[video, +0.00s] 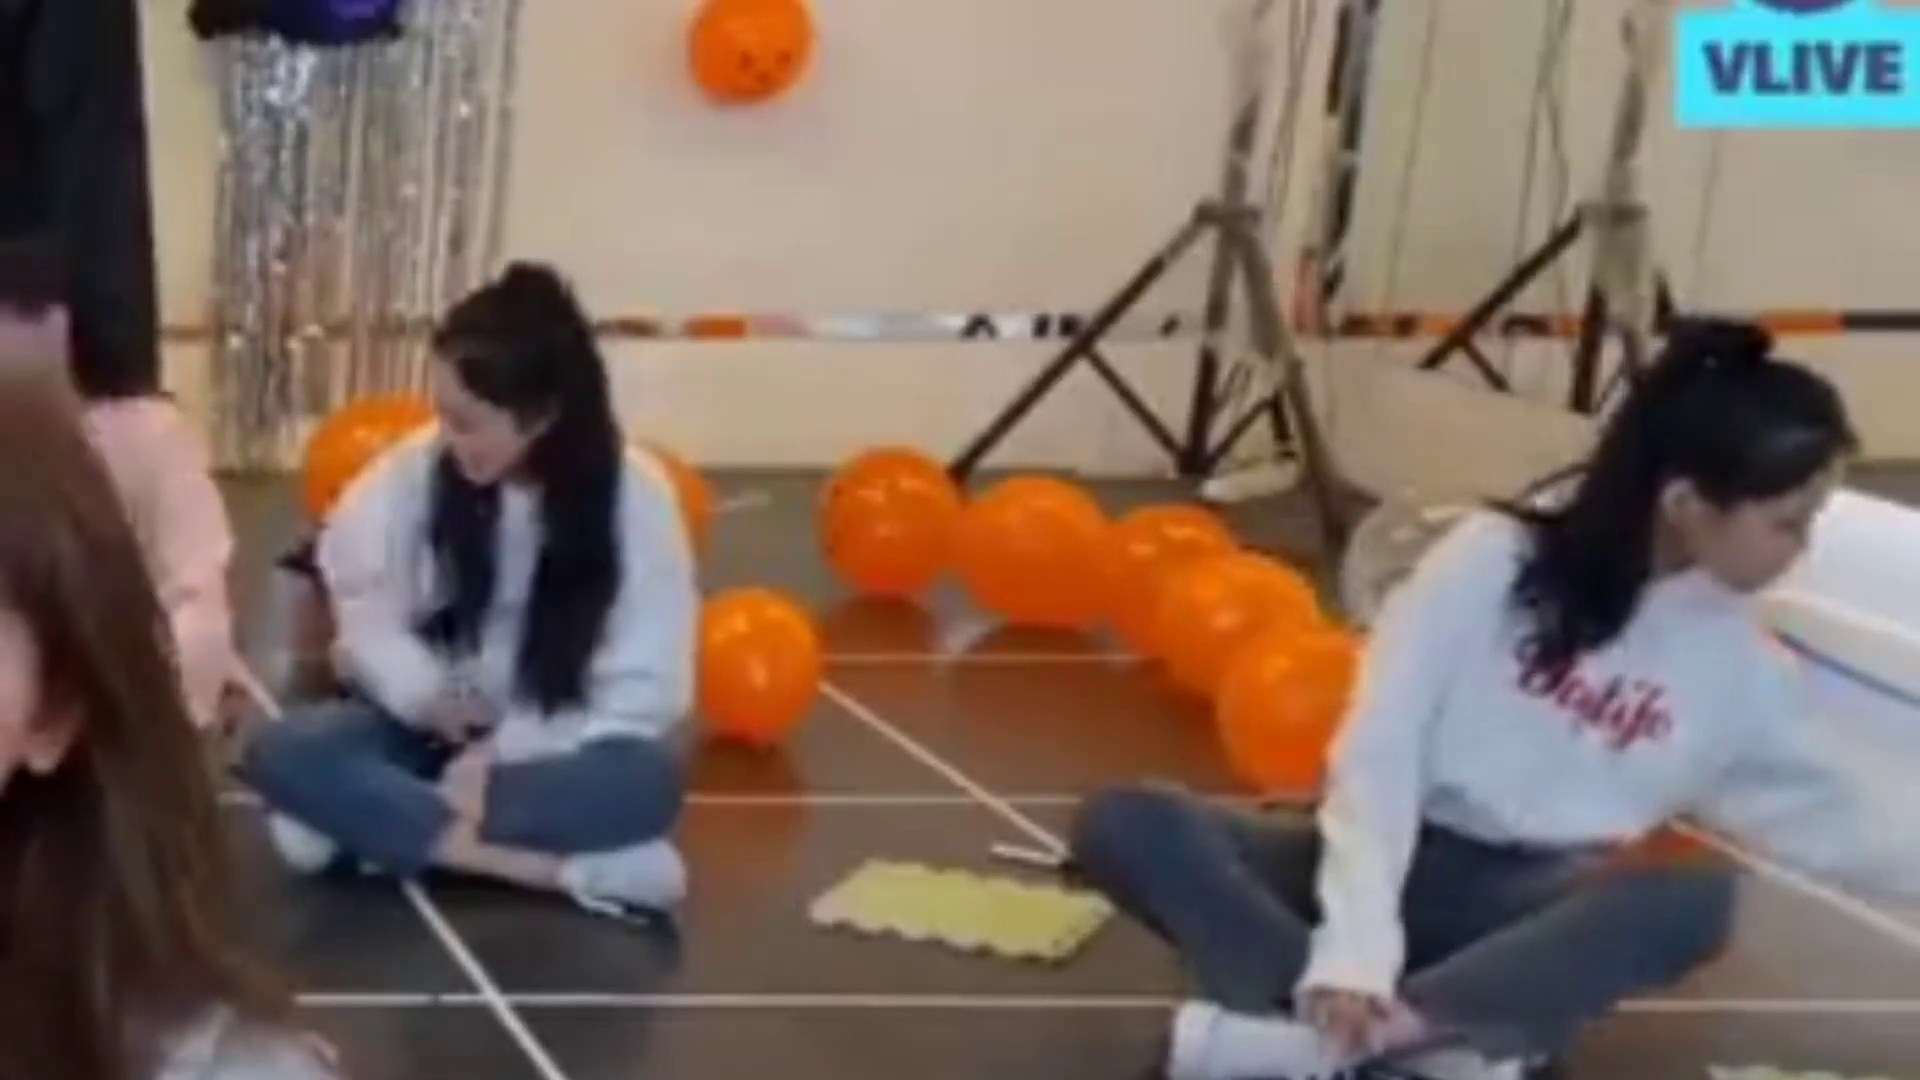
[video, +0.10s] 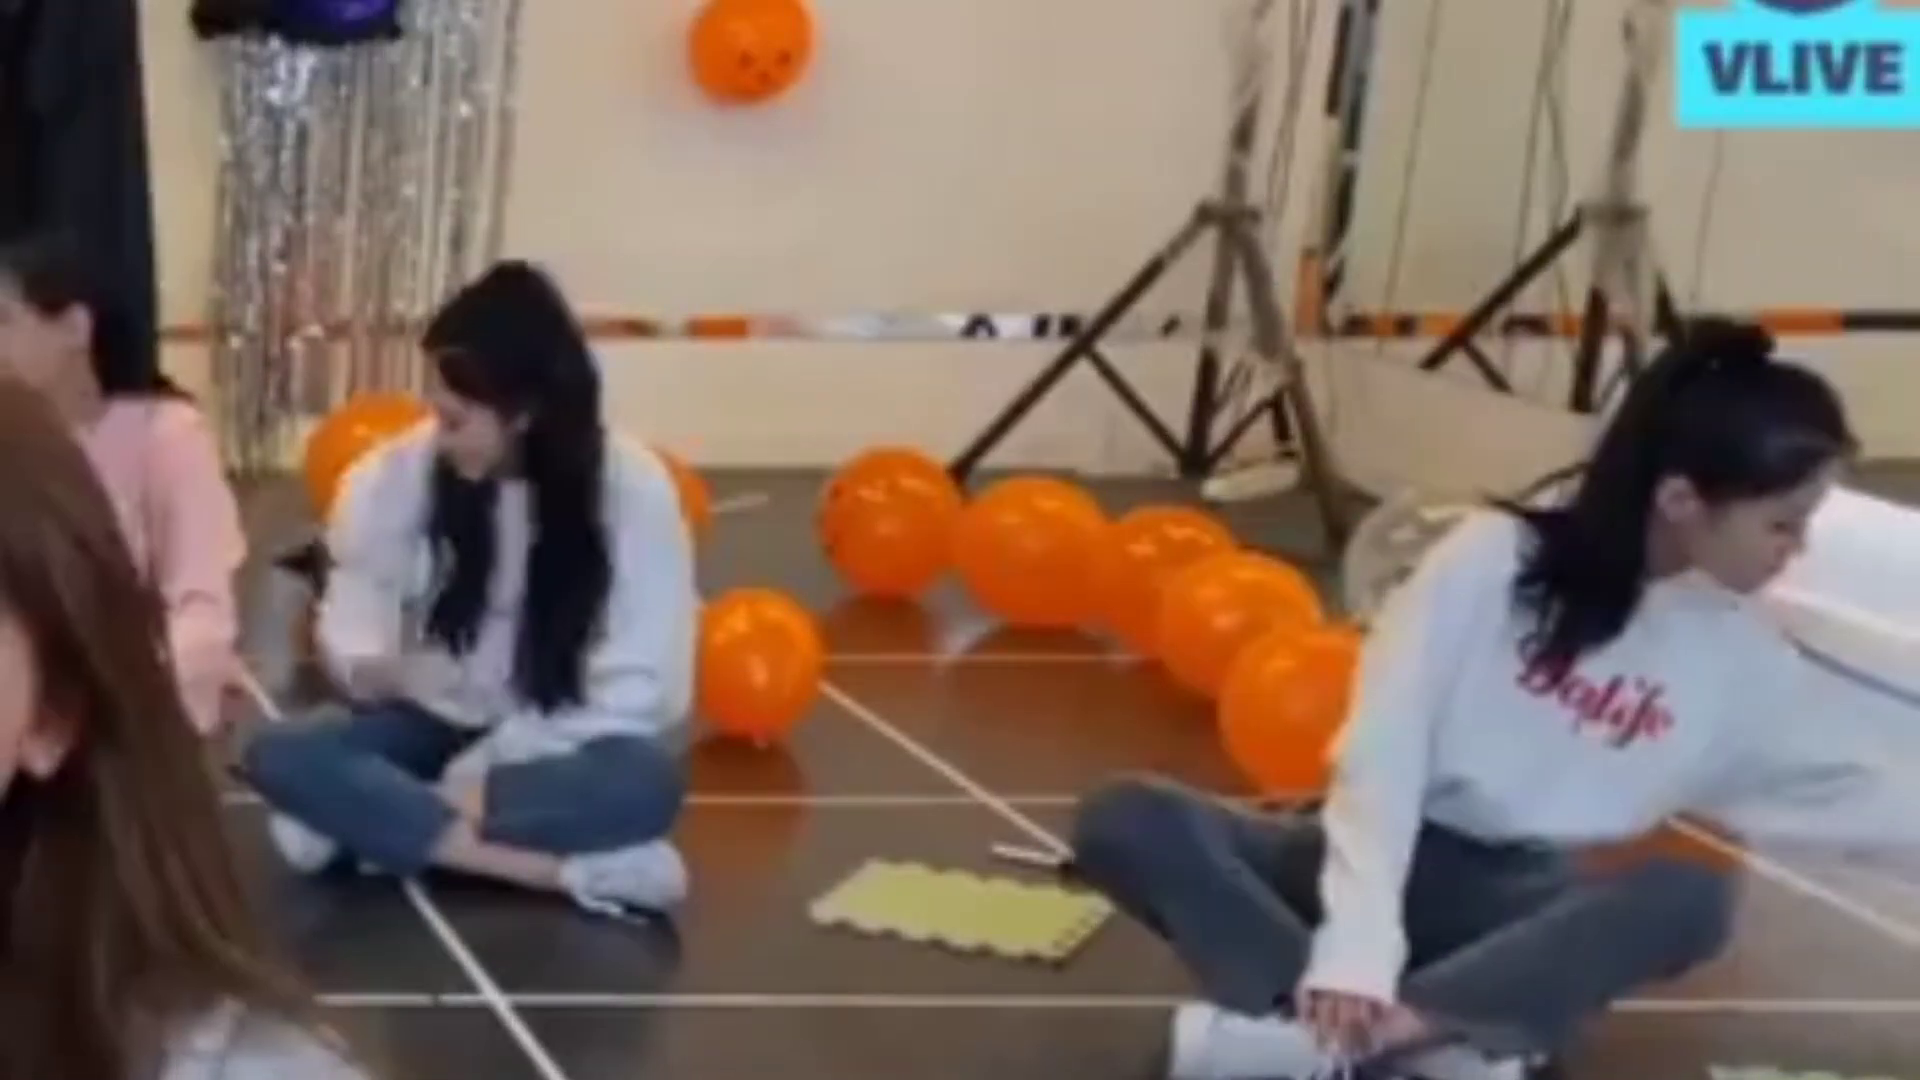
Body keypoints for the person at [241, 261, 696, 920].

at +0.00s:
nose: (451, 442)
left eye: (470, 426)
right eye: (444, 419)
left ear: (541, 414)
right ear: (436, 396)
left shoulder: (633, 497)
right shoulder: (409, 476)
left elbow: (650, 693)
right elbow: (356, 604)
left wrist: (503, 751)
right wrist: (430, 700)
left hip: (558, 731)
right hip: (423, 720)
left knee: (642, 785)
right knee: (280, 751)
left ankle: (371, 836)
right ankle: (549, 874)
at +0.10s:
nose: (442, 434)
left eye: (461, 418)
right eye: (437, 410)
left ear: (526, 408)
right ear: (431, 393)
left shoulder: (630, 490)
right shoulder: (394, 480)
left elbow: (642, 693)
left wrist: (488, 766)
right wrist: (368, 664)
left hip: (565, 727)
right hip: (437, 716)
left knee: (641, 786)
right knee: (278, 753)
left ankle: (373, 836)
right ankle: (554, 876)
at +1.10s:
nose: (405, 395)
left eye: (422, 374)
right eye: (404, 370)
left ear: (478, 372)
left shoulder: (607, 473)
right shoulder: (400, 464)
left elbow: (639, 668)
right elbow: (340, 614)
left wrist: (483, 748)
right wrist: (301, 694)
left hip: (549, 725)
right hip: (417, 711)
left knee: (647, 778)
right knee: (279, 750)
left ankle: (366, 833)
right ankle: (553, 876)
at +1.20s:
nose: (415, 402)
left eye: (433, 385)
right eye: (416, 381)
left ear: (497, 377)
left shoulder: (613, 471)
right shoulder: (406, 457)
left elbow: (644, 674)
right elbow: (342, 626)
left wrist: (481, 728)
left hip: (553, 726)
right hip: (421, 709)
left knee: (647, 779)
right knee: (284, 750)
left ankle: (368, 830)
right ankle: (554, 875)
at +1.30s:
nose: (432, 399)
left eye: (451, 378)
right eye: (428, 375)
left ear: (518, 372)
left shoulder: (620, 476)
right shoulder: (413, 454)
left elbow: (640, 675)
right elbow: (345, 599)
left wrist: (454, 694)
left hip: (545, 732)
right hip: (412, 720)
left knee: (645, 778)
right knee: (282, 750)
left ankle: (371, 831)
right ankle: (556, 876)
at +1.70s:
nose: (505, 373)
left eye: (544, 361)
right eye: (503, 340)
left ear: (611, 384)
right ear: (487, 334)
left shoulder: (630, 507)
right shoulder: (438, 443)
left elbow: (642, 701)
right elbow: (335, 524)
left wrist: (482, 642)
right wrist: (318, 574)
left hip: (540, 737)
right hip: (411, 715)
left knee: (648, 787)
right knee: (284, 750)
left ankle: (367, 832)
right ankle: (553, 876)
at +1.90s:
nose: (529, 392)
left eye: (566, 376)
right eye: (524, 360)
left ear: (627, 398)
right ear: (503, 353)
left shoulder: (638, 516)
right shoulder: (441, 455)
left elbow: (651, 707)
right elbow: (296, 586)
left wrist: (532, 636)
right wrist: (336, 591)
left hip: (546, 737)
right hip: (419, 717)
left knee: (651, 789)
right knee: (283, 752)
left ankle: (369, 832)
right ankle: (553, 876)